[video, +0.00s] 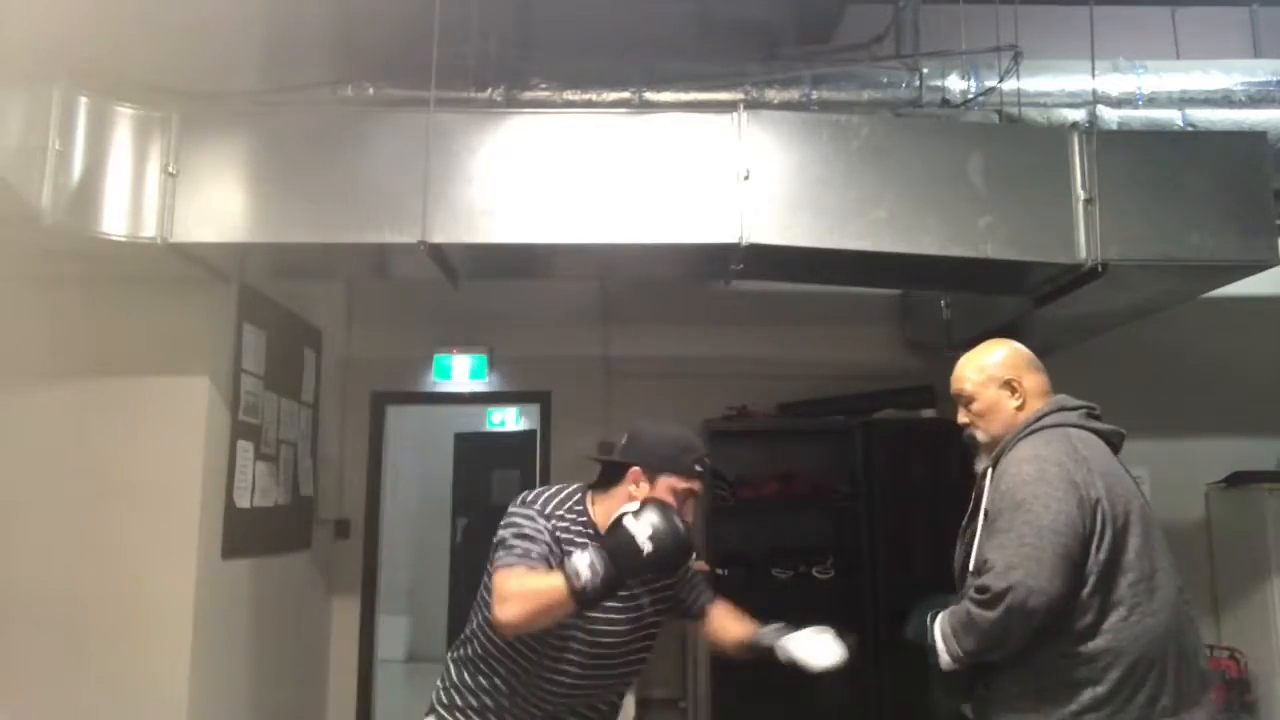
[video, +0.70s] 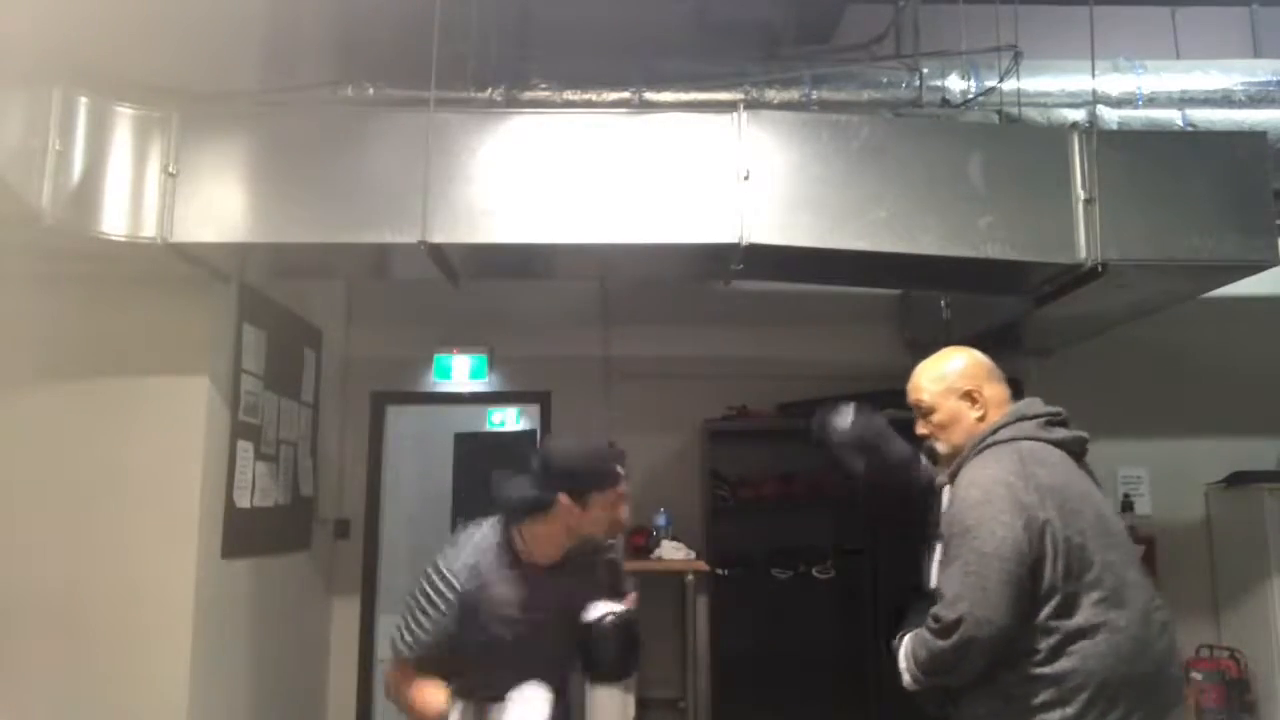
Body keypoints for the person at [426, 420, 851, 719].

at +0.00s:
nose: (688, 511)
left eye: (693, 499)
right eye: (682, 494)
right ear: (636, 480)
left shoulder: (667, 555)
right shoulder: (539, 511)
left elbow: (713, 616)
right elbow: (509, 612)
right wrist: (608, 562)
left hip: (585, 713)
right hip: (476, 710)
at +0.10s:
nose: (673, 506)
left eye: (677, 491)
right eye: (666, 487)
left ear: (621, 477)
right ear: (620, 474)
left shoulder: (632, 541)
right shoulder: (524, 515)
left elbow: (640, 624)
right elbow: (504, 623)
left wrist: (694, 657)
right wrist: (598, 576)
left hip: (580, 711)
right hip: (480, 710)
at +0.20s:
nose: (649, 491)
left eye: (653, 474)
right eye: (639, 471)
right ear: (593, 462)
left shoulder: (601, 531)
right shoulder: (498, 512)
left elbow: (602, 624)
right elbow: (490, 630)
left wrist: (643, 650)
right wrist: (590, 582)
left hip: (556, 710)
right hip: (465, 710)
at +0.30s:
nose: (624, 471)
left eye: (625, 457)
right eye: (615, 454)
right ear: (567, 447)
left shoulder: (578, 521)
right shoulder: (478, 505)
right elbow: (471, 629)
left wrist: (629, 618)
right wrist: (566, 585)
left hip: (521, 709)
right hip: (440, 710)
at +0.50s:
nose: (592, 464)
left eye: (593, 449)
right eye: (582, 447)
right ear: (534, 444)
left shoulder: (557, 508)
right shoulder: (447, 509)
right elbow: (441, 641)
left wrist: (606, 609)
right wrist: (535, 601)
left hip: (529, 706)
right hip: (435, 709)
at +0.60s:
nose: (597, 488)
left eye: (598, 472)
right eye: (587, 472)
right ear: (540, 469)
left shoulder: (569, 529)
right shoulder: (449, 529)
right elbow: (412, 656)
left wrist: (599, 627)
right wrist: (510, 637)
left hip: (530, 707)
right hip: (435, 709)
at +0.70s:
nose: (623, 513)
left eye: (622, 499)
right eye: (612, 500)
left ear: (568, 506)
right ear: (567, 504)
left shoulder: (598, 556)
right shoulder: (467, 564)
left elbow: (608, 666)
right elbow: (400, 676)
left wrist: (615, 627)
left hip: (557, 707)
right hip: (472, 708)